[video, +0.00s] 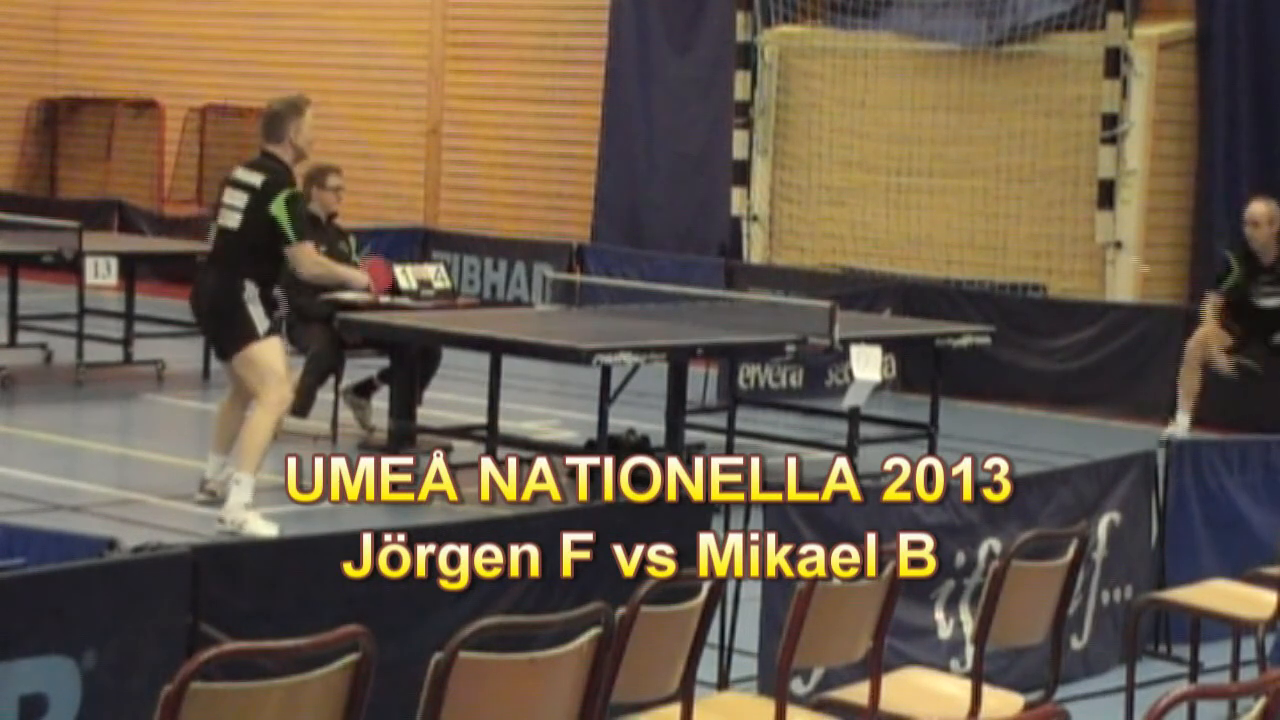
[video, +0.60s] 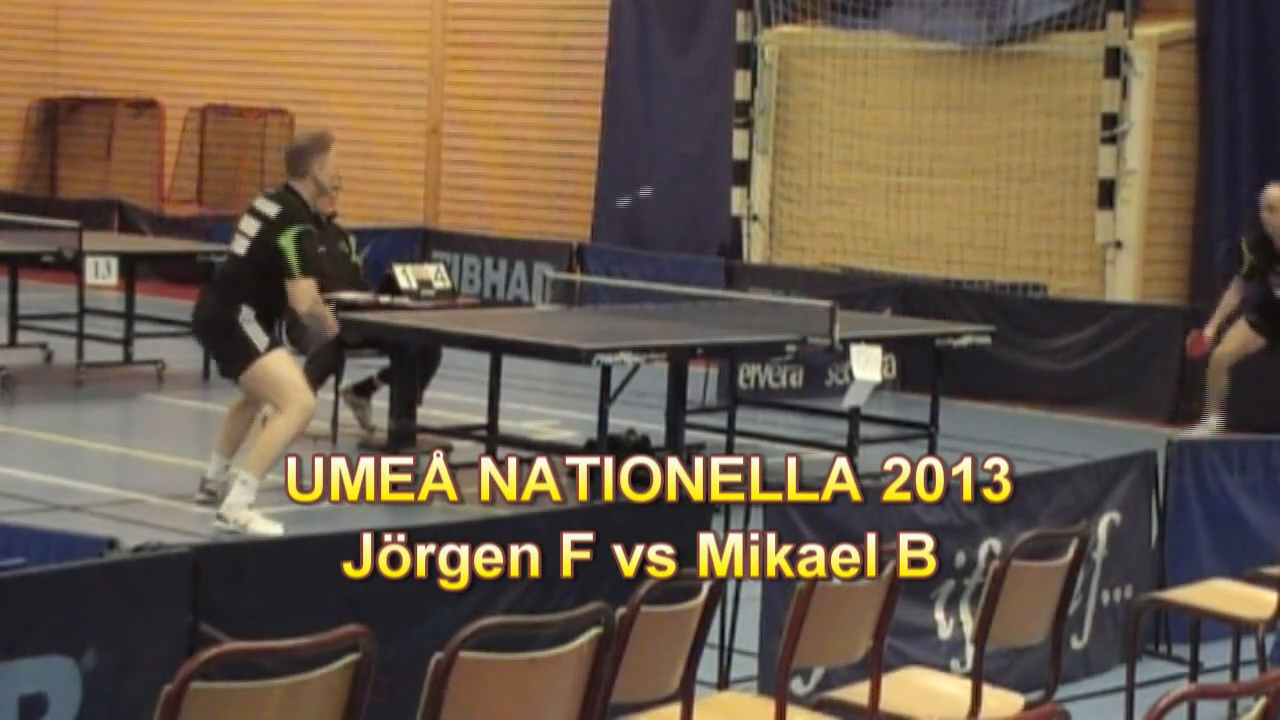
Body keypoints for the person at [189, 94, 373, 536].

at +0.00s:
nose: (313, 135)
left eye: (311, 126)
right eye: (309, 127)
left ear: (270, 132)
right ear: (292, 132)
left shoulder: (243, 172)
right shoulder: (280, 187)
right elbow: (305, 262)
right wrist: (356, 277)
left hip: (211, 287)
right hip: (237, 293)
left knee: (244, 388)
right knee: (276, 390)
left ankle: (216, 474)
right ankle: (238, 503)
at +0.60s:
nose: (336, 172)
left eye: (334, 163)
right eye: (331, 164)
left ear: (298, 169)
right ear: (314, 169)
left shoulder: (267, 201)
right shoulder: (295, 221)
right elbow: (304, 302)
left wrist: (308, 303)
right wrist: (325, 319)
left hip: (216, 310)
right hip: (236, 317)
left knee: (255, 395)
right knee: (299, 403)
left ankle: (215, 477)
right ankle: (237, 503)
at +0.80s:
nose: (352, 168)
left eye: (350, 160)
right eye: (349, 160)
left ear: (310, 161)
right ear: (335, 164)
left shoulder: (272, 189)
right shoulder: (320, 212)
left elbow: (269, 251)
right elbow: (353, 276)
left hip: (209, 294)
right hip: (243, 303)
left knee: (235, 390)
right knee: (295, 404)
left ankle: (220, 480)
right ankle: (236, 506)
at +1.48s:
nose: (361, 155)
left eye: (359, 147)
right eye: (357, 148)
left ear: (319, 153)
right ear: (339, 154)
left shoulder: (286, 192)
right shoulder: (329, 210)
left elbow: (274, 255)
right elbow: (368, 280)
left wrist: (316, 294)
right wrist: (415, 289)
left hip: (252, 308)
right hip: (286, 315)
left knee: (280, 387)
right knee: (363, 397)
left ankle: (244, 477)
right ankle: (333, 504)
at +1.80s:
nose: (375, 176)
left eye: (373, 169)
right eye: (370, 169)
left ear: (336, 173)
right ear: (351, 174)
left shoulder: (301, 205)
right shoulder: (340, 224)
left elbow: (296, 273)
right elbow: (376, 301)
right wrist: (406, 308)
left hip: (247, 316)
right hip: (280, 322)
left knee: (281, 389)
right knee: (364, 399)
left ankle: (246, 473)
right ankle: (333, 502)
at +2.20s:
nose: (418, 167)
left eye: (415, 160)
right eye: (414, 161)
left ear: (374, 164)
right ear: (401, 169)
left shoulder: (331, 180)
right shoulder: (397, 224)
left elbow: (271, 191)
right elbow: (442, 291)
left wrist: (234, 234)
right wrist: (470, 276)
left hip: (272, 287)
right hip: (315, 299)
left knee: (275, 383)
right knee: (383, 386)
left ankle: (248, 472)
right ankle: (352, 482)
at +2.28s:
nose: (422, 167)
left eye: (420, 160)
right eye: (418, 161)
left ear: (380, 162)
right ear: (405, 167)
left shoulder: (338, 181)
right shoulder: (400, 222)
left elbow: (278, 190)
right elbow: (438, 294)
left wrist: (238, 236)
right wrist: (453, 278)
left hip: (281, 288)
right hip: (325, 300)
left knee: (296, 370)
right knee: (400, 380)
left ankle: (256, 462)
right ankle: (380, 474)